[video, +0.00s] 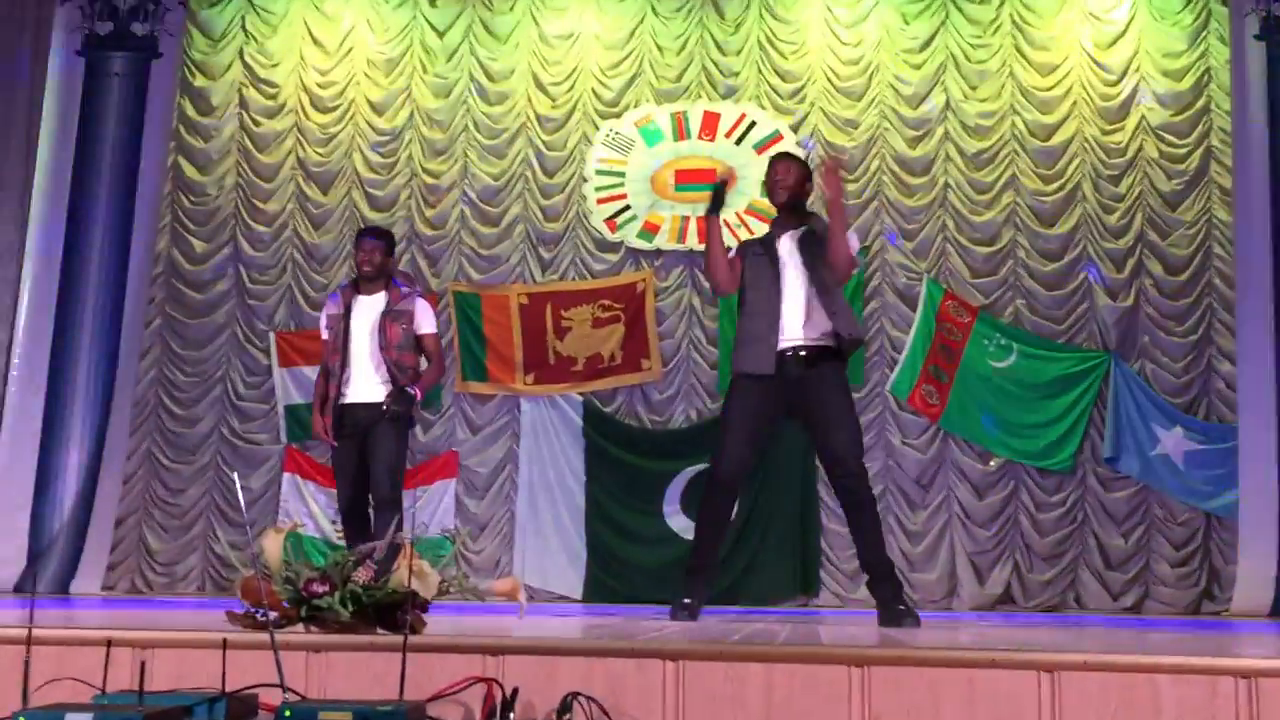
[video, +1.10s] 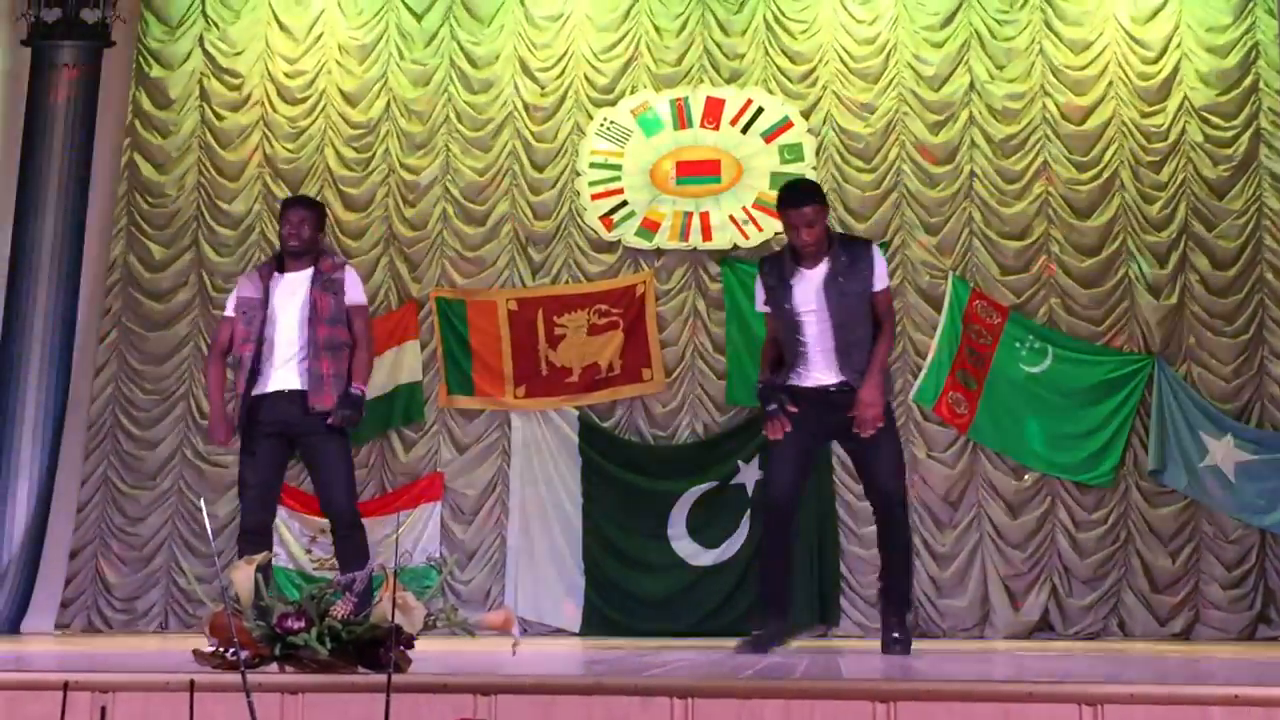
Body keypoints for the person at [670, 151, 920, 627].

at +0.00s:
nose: (782, 180)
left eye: (791, 174)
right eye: (776, 174)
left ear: (807, 185)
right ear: (765, 184)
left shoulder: (827, 235)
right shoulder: (749, 241)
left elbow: (841, 269)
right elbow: (723, 283)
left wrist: (837, 200)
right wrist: (711, 213)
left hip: (821, 371)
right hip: (759, 373)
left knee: (851, 480)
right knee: (725, 478)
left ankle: (890, 598)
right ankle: (693, 592)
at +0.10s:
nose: (759, 186)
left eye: (769, 179)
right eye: (755, 179)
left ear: (790, 187)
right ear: (749, 189)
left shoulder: (822, 239)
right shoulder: (737, 248)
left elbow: (827, 298)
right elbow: (721, 315)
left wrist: (790, 244)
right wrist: (728, 250)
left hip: (805, 372)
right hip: (745, 375)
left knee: (843, 477)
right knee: (719, 478)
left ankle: (889, 593)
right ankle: (701, 592)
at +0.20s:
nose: (742, 165)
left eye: (753, 157)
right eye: (739, 158)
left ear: (778, 167)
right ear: (737, 169)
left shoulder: (819, 223)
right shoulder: (725, 242)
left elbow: (830, 305)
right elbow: (723, 322)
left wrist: (775, 314)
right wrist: (738, 309)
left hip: (805, 369)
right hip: (744, 372)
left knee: (839, 478)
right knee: (725, 487)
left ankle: (868, 604)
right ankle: (710, 615)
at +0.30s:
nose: (713, 167)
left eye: (722, 158)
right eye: (712, 159)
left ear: (753, 164)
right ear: (721, 169)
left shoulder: (798, 219)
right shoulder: (709, 238)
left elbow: (812, 303)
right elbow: (701, 324)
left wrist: (779, 359)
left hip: (786, 367)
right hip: (727, 372)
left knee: (809, 472)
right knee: (712, 487)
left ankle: (814, 595)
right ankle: (701, 613)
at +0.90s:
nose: (767, 217)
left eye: (774, 206)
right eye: (757, 210)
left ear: (790, 204)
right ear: (746, 213)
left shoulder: (831, 246)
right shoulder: (741, 264)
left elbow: (854, 325)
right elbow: (744, 339)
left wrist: (826, 391)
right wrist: (727, 399)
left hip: (821, 389)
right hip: (762, 390)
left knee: (838, 492)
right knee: (736, 485)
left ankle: (807, 593)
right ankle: (748, 607)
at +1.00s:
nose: (788, 230)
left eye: (796, 218)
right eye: (778, 221)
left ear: (810, 215)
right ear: (765, 223)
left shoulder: (848, 257)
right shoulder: (754, 272)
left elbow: (870, 328)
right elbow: (754, 343)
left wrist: (850, 388)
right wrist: (746, 399)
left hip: (834, 399)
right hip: (774, 402)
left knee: (877, 493)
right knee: (752, 503)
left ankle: (865, 599)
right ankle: (754, 620)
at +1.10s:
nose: (807, 235)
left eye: (814, 224)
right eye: (797, 227)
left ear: (828, 219)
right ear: (783, 226)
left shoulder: (864, 257)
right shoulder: (772, 273)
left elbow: (886, 325)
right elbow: (774, 341)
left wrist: (873, 386)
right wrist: (770, 396)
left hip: (860, 399)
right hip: (799, 403)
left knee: (891, 501)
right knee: (775, 503)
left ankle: (896, 619)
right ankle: (771, 622)